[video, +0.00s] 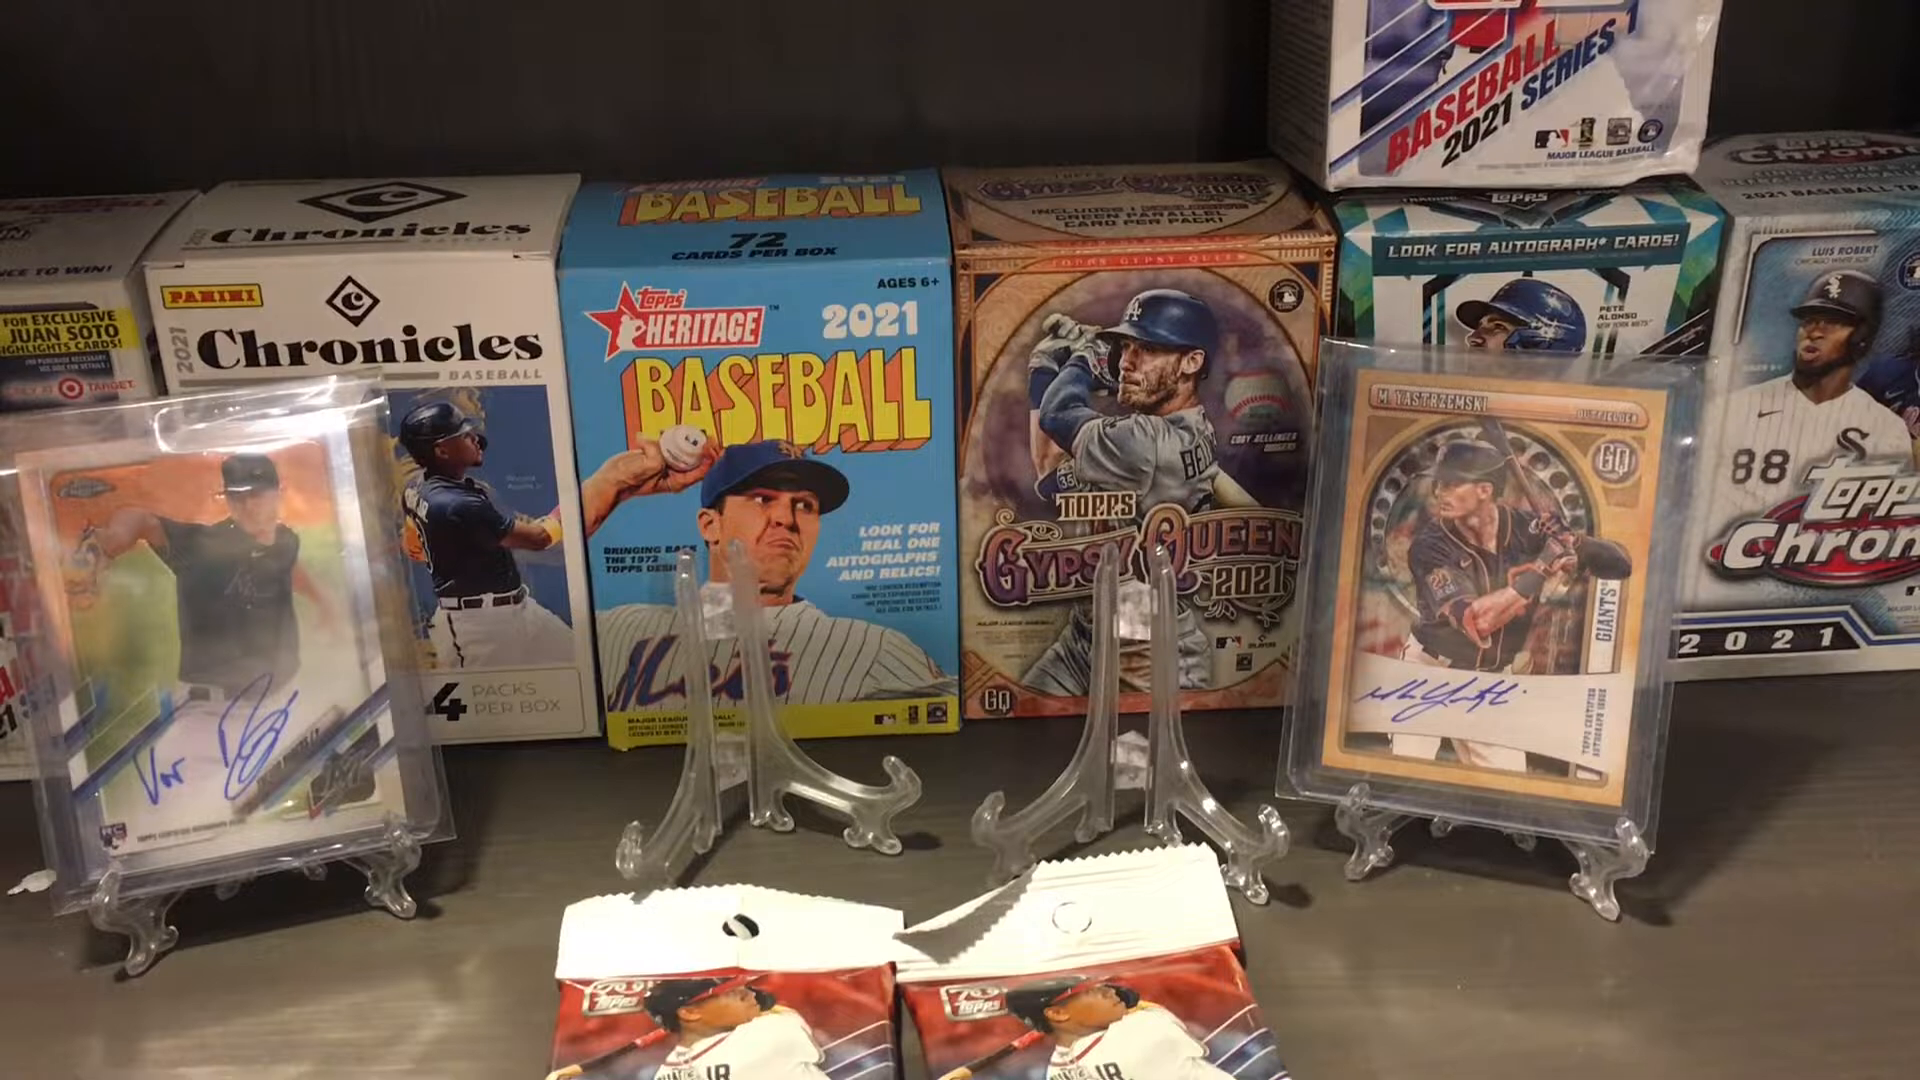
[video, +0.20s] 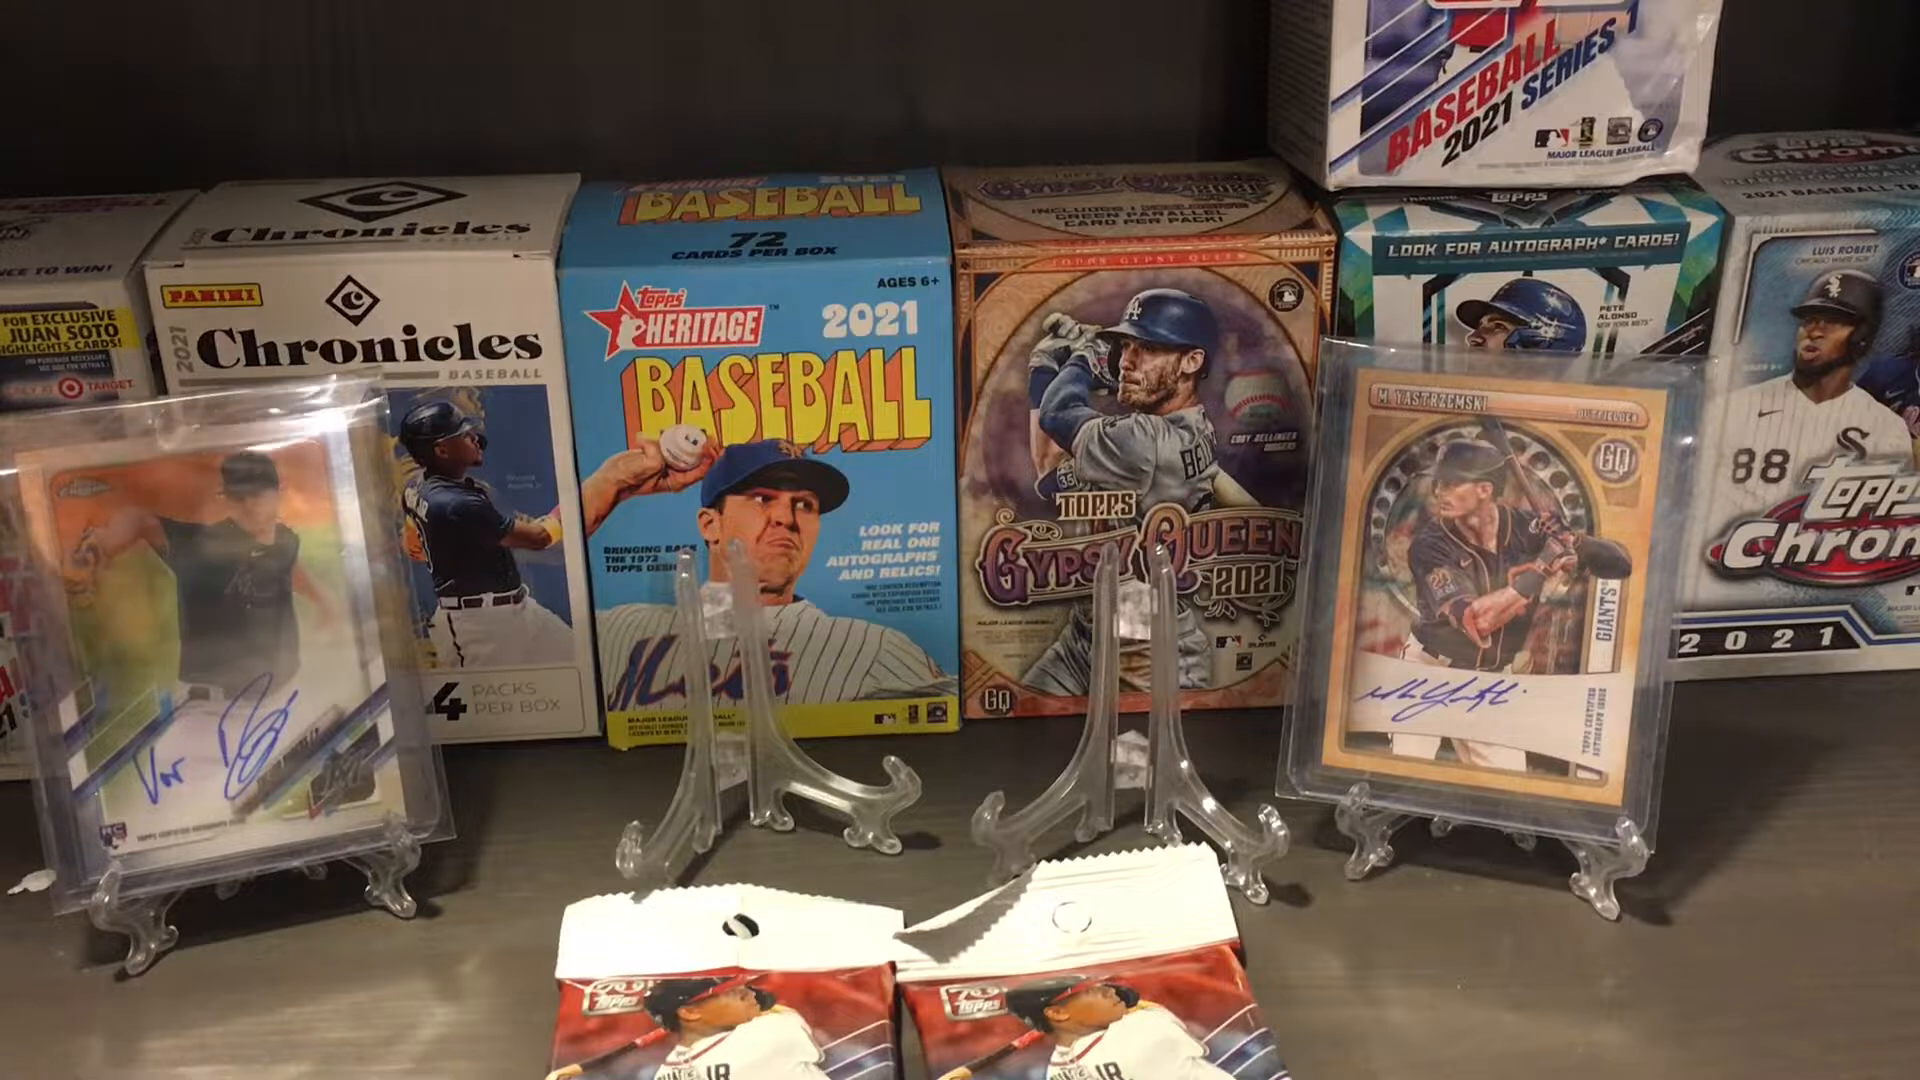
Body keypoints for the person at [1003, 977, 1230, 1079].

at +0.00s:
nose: (1106, 990)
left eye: (1096, 986)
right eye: (1091, 990)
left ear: (1058, 1015)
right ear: (1058, 1014)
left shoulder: (1056, 1072)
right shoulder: (1144, 1033)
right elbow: (1148, 1010)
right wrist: (1116, 1005)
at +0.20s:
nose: (1106, 989)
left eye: (1097, 984)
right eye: (1091, 989)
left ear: (1058, 1015)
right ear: (1058, 1014)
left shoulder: (1056, 1072)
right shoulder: (1145, 1032)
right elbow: (1147, 1008)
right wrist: (1112, 1006)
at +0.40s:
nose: (1106, 989)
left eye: (1097, 985)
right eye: (1091, 990)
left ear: (1058, 1015)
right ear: (1058, 1014)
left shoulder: (1056, 1072)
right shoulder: (1144, 1033)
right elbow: (1147, 1009)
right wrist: (1114, 1006)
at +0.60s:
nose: (1106, 990)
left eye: (1097, 986)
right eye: (1092, 990)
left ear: (1058, 1015)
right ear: (1058, 1014)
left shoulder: (1056, 1072)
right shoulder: (1145, 1033)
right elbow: (1146, 1008)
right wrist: (1112, 1006)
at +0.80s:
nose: (1107, 990)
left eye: (1098, 986)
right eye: (1093, 990)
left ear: (1058, 1016)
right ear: (1058, 1014)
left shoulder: (1056, 1072)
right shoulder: (1144, 1034)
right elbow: (1147, 1009)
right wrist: (1112, 1007)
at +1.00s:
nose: (1106, 990)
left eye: (1097, 986)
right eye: (1092, 990)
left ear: (1058, 1015)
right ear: (1058, 1014)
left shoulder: (1055, 1072)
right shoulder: (1144, 1033)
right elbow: (1146, 1009)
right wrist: (1111, 1008)